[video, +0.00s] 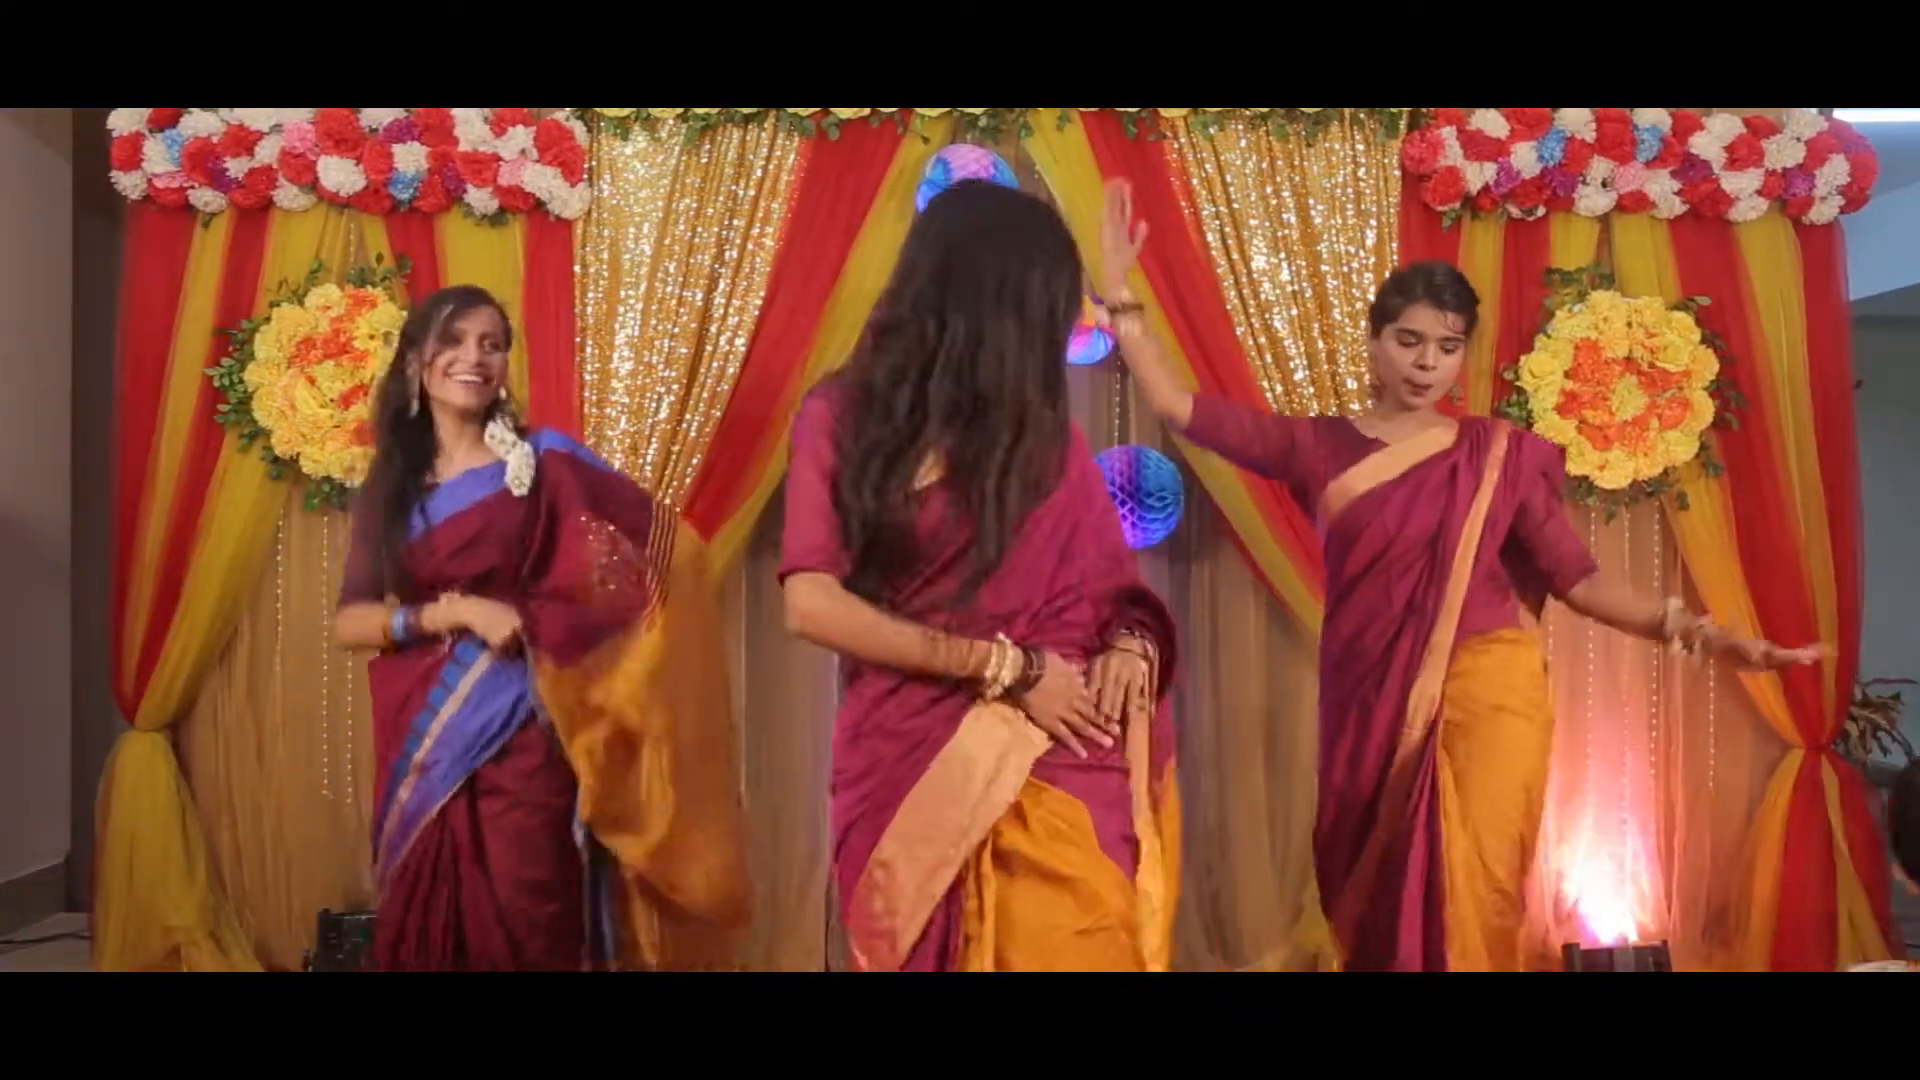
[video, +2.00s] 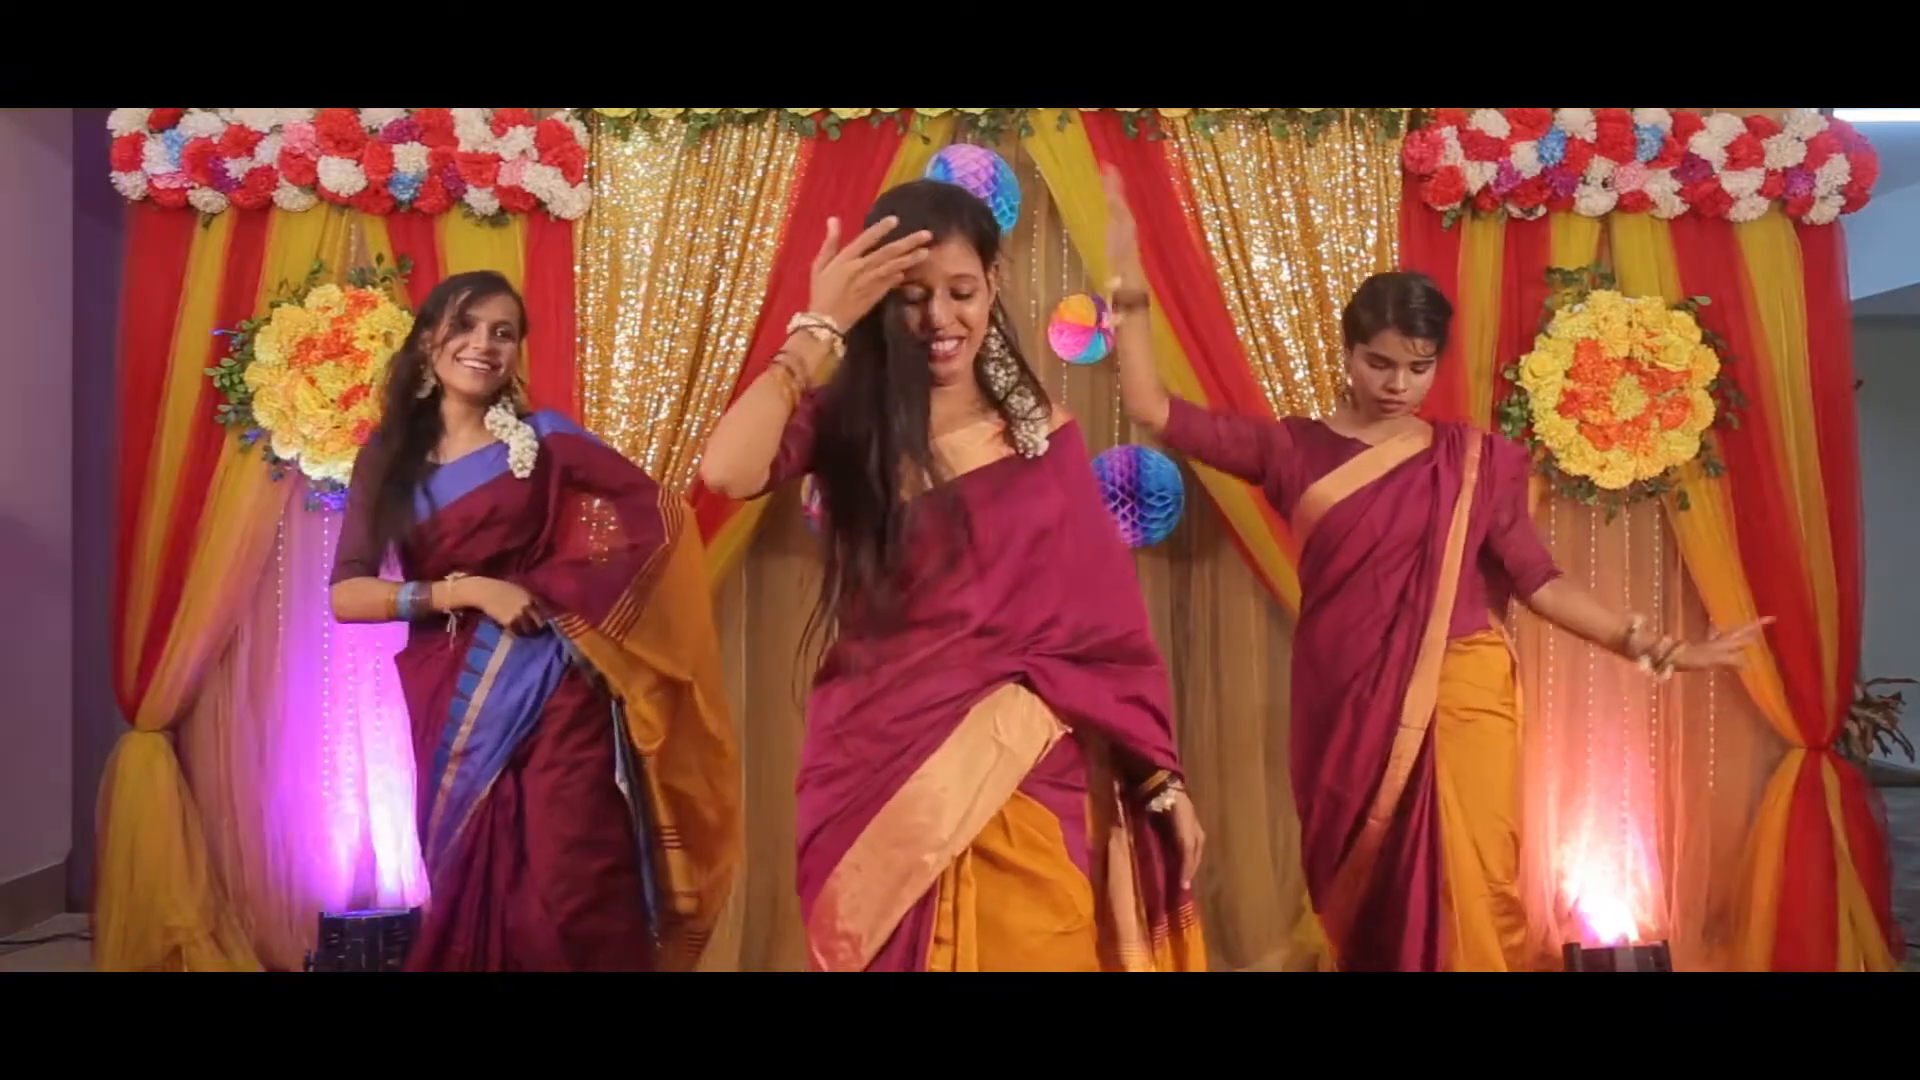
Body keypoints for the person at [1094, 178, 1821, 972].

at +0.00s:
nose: (1427, 361)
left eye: (1447, 346)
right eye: (1409, 339)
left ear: (1467, 356)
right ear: (1372, 342)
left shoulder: (1506, 455)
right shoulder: (1321, 445)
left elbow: (1578, 578)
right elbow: (1180, 411)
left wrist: (1689, 627)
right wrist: (1123, 302)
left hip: (1487, 694)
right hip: (1370, 711)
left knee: (1467, 908)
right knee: (1366, 917)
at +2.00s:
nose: (1398, 385)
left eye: (1417, 367)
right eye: (1380, 363)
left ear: (1439, 364)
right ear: (1345, 354)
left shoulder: (1476, 459)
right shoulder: (1292, 447)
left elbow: (1541, 583)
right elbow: (1153, 411)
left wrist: (1641, 642)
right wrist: (1127, 316)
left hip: (1466, 691)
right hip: (1350, 702)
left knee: (1471, 895)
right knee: (1362, 902)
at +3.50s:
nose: (1415, 365)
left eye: (1434, 349)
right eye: (1396, 345)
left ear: (1453, 358)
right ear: (1360, 352)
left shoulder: (1503, 456)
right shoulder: (1320, 479)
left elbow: (1531, 612)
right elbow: (1304, 623)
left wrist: (1579, 737)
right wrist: (1290, 696)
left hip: (1481, 729)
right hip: (1361, 735)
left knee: (1475, 933)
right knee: (1365, 935)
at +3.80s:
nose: (1417, 342)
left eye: (1436, 327)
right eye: (1398, 323)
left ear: (1452, 342)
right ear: (1361, 333)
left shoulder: (1485, 449)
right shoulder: (1317, 445)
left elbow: (1515, 597)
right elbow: (1307, 575)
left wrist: (1589, 706)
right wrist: (1341, 518)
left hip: (1491, 694)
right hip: (1379, 702)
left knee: (1513, 900)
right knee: (1390, 904)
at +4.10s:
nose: (1420, 354)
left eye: (1435, 337)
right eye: (1398, 337)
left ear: (1455, 353)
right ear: (1361, 352)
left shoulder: (1461, 465)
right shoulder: (1328, 434)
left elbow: (1502, 609)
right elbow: (1344, 552)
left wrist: (1639, 594)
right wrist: (1431, 496)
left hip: (1472, 711)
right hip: (1371, 713)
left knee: (1498, 905)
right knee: (1387, 913)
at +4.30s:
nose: (1422, 351)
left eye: (1438, 333)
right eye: (1400, 334)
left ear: (1460, 344)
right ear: (1366, 348)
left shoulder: (1494, 457)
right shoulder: (1329, 437)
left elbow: (1597, 545)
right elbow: (1308, 548)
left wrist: (1526, 450)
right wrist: (1418, 489)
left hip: (1473, 710)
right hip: (1361, 713)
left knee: (1490, 899)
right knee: (1375, 908)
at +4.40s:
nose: (1420, 374)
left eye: (1437, 355)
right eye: (1400, 356)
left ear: (1457, 363)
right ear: (1366, 365)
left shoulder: (1497, 461)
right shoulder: (1322, 468)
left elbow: (1620, 529)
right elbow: (1276, 577)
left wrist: (1498, 482)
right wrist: (1375, 515)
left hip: (1467, 717)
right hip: (1351, 720)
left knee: (1475, 907)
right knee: (1364, 916)